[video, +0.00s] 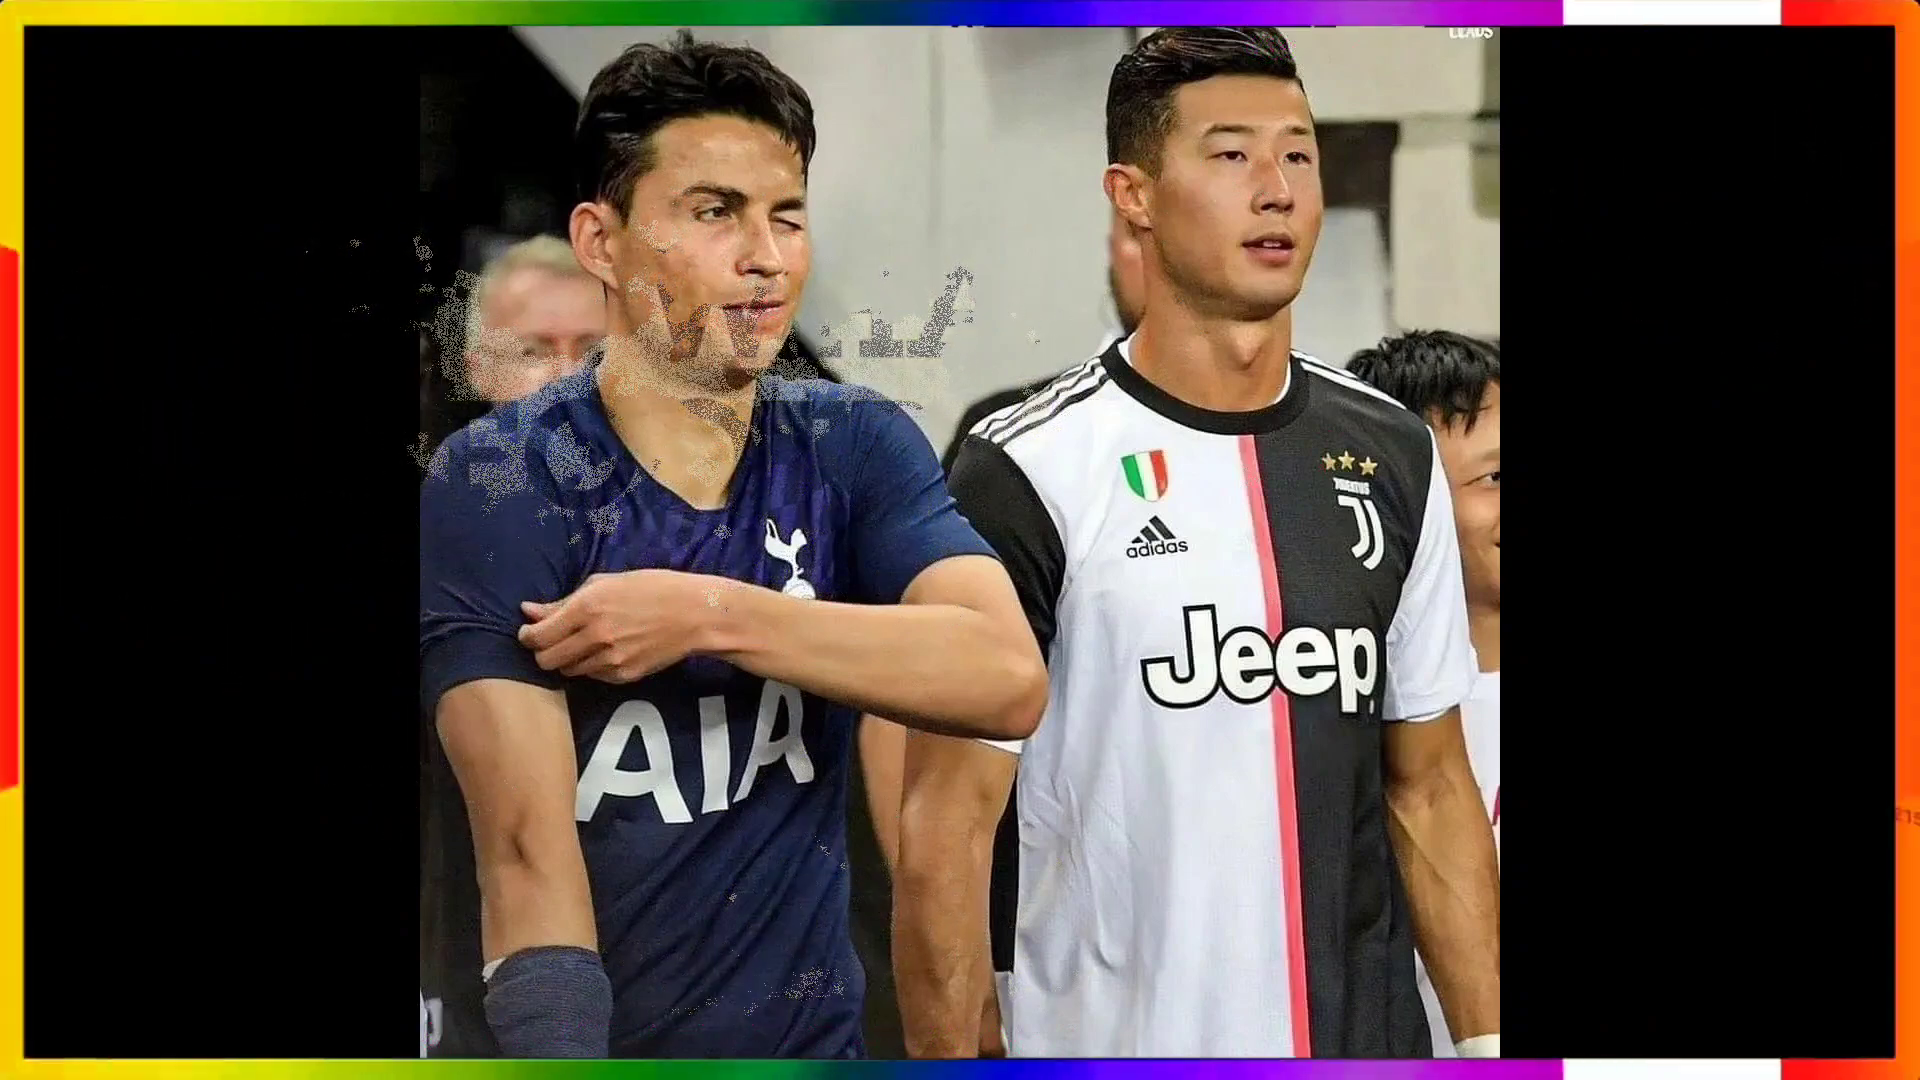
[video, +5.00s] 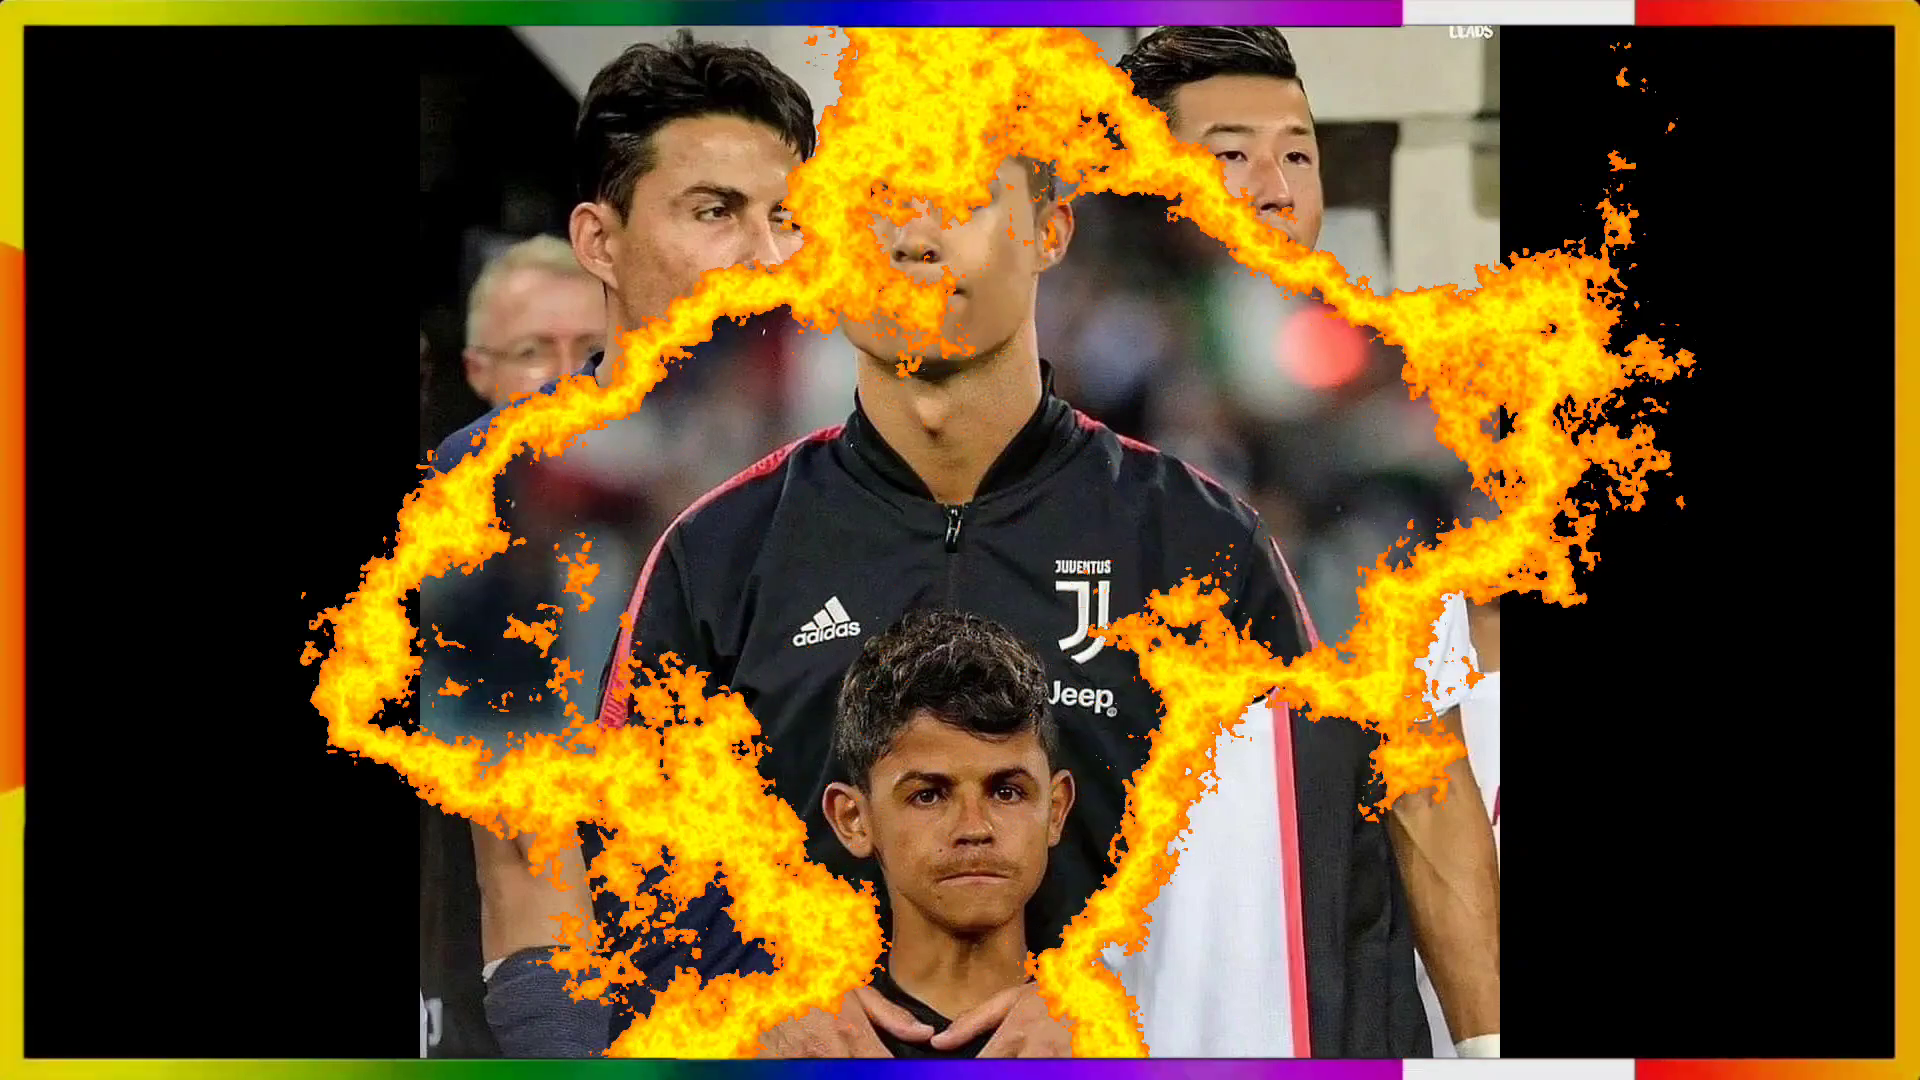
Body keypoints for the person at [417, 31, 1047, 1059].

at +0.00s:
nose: (766, 258)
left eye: (785, 218)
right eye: (712, 213)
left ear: (808, 238)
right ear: (601, 242)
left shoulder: (858, 442)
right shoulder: (491, 481)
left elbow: (1009, 681)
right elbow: (525, 849)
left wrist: (715, 613)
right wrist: (560, 1057)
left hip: (806, 1035)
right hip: (589, 1032)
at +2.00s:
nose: (766, 257)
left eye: (785, 218)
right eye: (712, 212)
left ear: (809, 237)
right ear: (601, 241)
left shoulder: (856, 439)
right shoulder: (499, 476)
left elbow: (1009, 681)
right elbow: (525, 851)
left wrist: (714, 613)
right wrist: (561, 1058)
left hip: (812, 1042)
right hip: (594, 1036)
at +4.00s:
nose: (766, 257)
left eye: (785, 218)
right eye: (712, 212)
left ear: (809, 237)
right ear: (601, 241)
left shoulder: (856, 439)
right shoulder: (499, 476)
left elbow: (1009, 681)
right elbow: (525, 851)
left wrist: (714, 613)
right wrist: (561, 1058)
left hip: (812, 1042)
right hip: (594, 1036)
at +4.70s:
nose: (767, 260)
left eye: (787, 219)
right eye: (715, 212)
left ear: (811, 236)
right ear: (600, 241)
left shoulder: (846, 453)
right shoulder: (497, 475)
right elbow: (524, 855)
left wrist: (708, 619)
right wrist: (560, 1060)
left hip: (813, 1037)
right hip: (602, 1037)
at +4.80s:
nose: (766, 259)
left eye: (788, 220)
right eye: (714, 212)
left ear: (811, 238)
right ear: (600, 241)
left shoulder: (857, 453)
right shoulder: (492, 477)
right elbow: (524, 845)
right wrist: (560, 1053)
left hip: (841, 1030)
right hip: (614, 1034)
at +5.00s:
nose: (766, 257)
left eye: (787, 218)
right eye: (714, 211)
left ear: (809, 234)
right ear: (598, 239)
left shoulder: (830, 461)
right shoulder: (497, 478)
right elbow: (527, 856)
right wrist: (571, 1047)